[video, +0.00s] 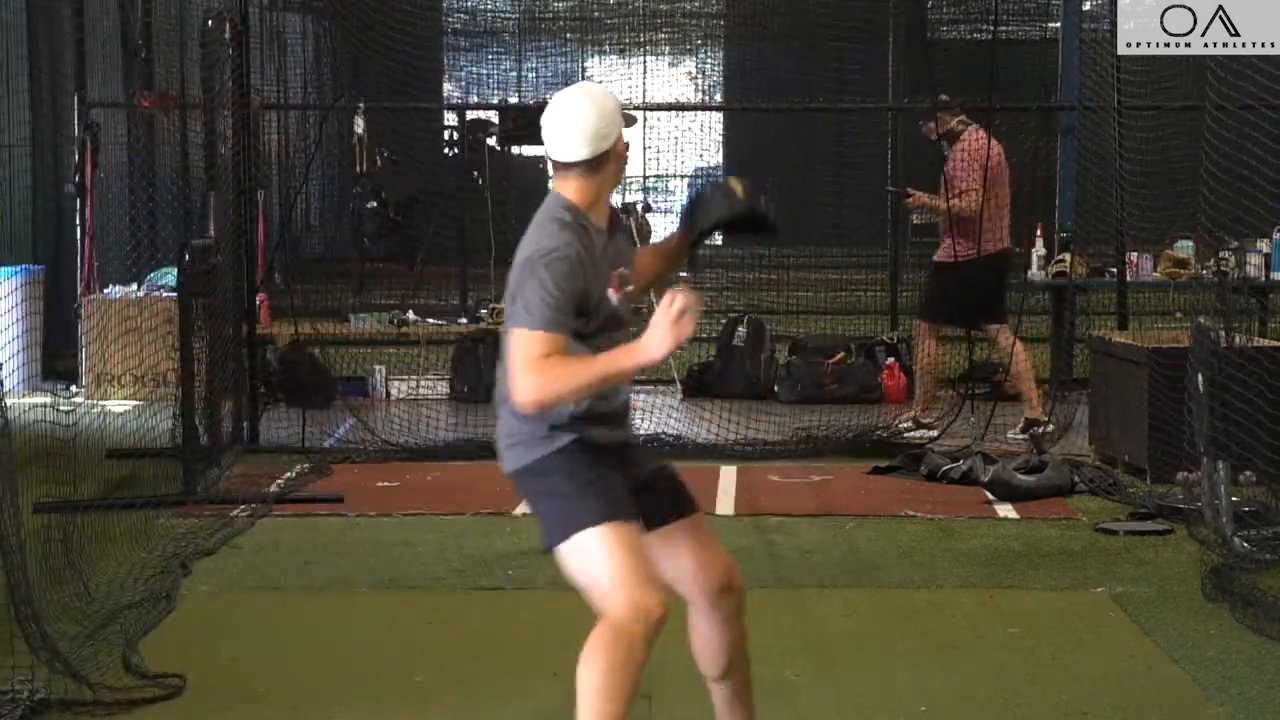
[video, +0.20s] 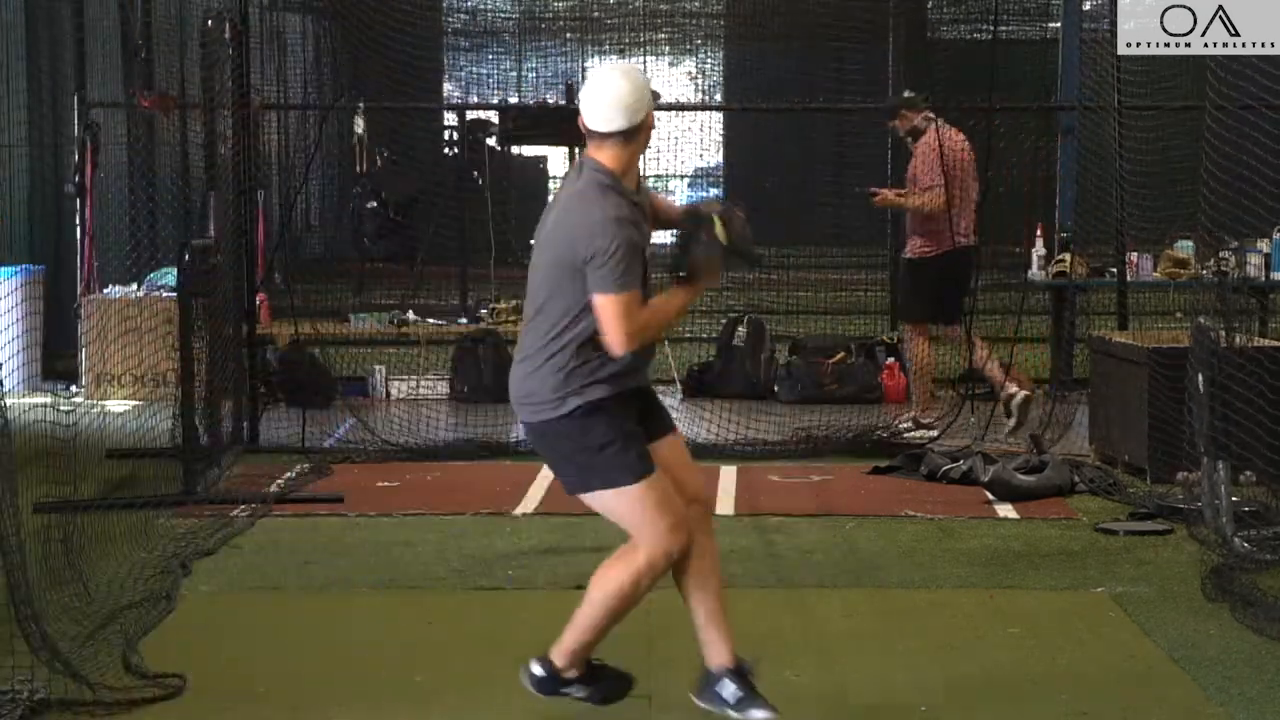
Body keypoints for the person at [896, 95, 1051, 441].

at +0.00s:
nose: (929, 133)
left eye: (930, 126)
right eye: (927, 127)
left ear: (946, 119)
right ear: (957, 116)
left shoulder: (964, 149)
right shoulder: (989, 144)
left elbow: (969, 206)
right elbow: (986, 206)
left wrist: (927, 202)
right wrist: (934, 208)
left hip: (960, 259)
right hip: (992, 256)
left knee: (926, 330)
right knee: (999, 332)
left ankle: (924, 416)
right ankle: (1035, 414)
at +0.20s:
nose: (897, 129)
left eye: (897, 122)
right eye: (894, 124)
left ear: (911, 115)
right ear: (924, 112)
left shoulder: (928, 143)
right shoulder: (959, 140)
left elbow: (935, 201)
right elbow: (970, 195)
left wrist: (895, 199)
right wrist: (906, 196)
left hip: (927, 252)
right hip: (959, 249)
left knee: (915, 331)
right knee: (954, 328)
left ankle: (923, 415)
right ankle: (1009, 388)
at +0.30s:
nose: (883, 130)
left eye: (883, 123)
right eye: (880, 125)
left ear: (898, 113)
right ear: (907, 111)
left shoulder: (914, 142)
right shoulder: (943, 137)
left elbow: (917, 200)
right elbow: (953, 195)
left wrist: (878, 199)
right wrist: (890, 194)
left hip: (919, 251)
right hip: (944, 248)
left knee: (912, 329)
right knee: (927, 325)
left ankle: (921, 415)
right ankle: (977, 386)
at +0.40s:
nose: (867, 127)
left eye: (867, 120)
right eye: (864, 121)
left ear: (879, 113)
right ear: (894, 108)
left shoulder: (898, 141)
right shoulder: (928, 134)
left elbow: (899, 200)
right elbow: (942, 191)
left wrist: (867, 195)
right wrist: (883, 188)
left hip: (909, 249)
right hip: (932, 243)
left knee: (908, 330)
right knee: (912, 328)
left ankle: (922, 413)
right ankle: (934, 401)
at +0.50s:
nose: (852, 121)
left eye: (855, 113)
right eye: (849, 115)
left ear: (874, 107)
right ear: (877, 109)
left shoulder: (884, 141)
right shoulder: (915, 138)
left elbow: (887, 197)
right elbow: (928, 196)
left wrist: (850, 198)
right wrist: (865, 194)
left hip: (900, 248)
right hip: (922, 244)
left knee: (898, 329)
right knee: (896, 328)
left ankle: (917, 412)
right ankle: (899, 409)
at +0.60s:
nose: (843, 117)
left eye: (847, 109)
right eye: (840, 111)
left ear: (867, 106)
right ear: (868, 112)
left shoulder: (871, 143)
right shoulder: (899, 138)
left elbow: (873, 198)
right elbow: (910, 197)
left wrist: (840, 201)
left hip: (888, 250)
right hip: (907, 246)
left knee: (890, 332)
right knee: (876, 332)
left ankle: (922, 412)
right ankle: (855, 405)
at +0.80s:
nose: (825, 114)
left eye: (830, 107)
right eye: (822, 109)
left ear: (849, 107)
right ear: (824, 112)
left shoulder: (853, 143)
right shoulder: (867, 140)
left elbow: (852, 199)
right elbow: (864, 197)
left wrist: (816, 199)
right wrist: (824, 198)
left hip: (859, 254)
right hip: (866, 251)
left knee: (865, 332)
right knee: (848, 331)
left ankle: (914, 406)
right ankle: (829, 408)